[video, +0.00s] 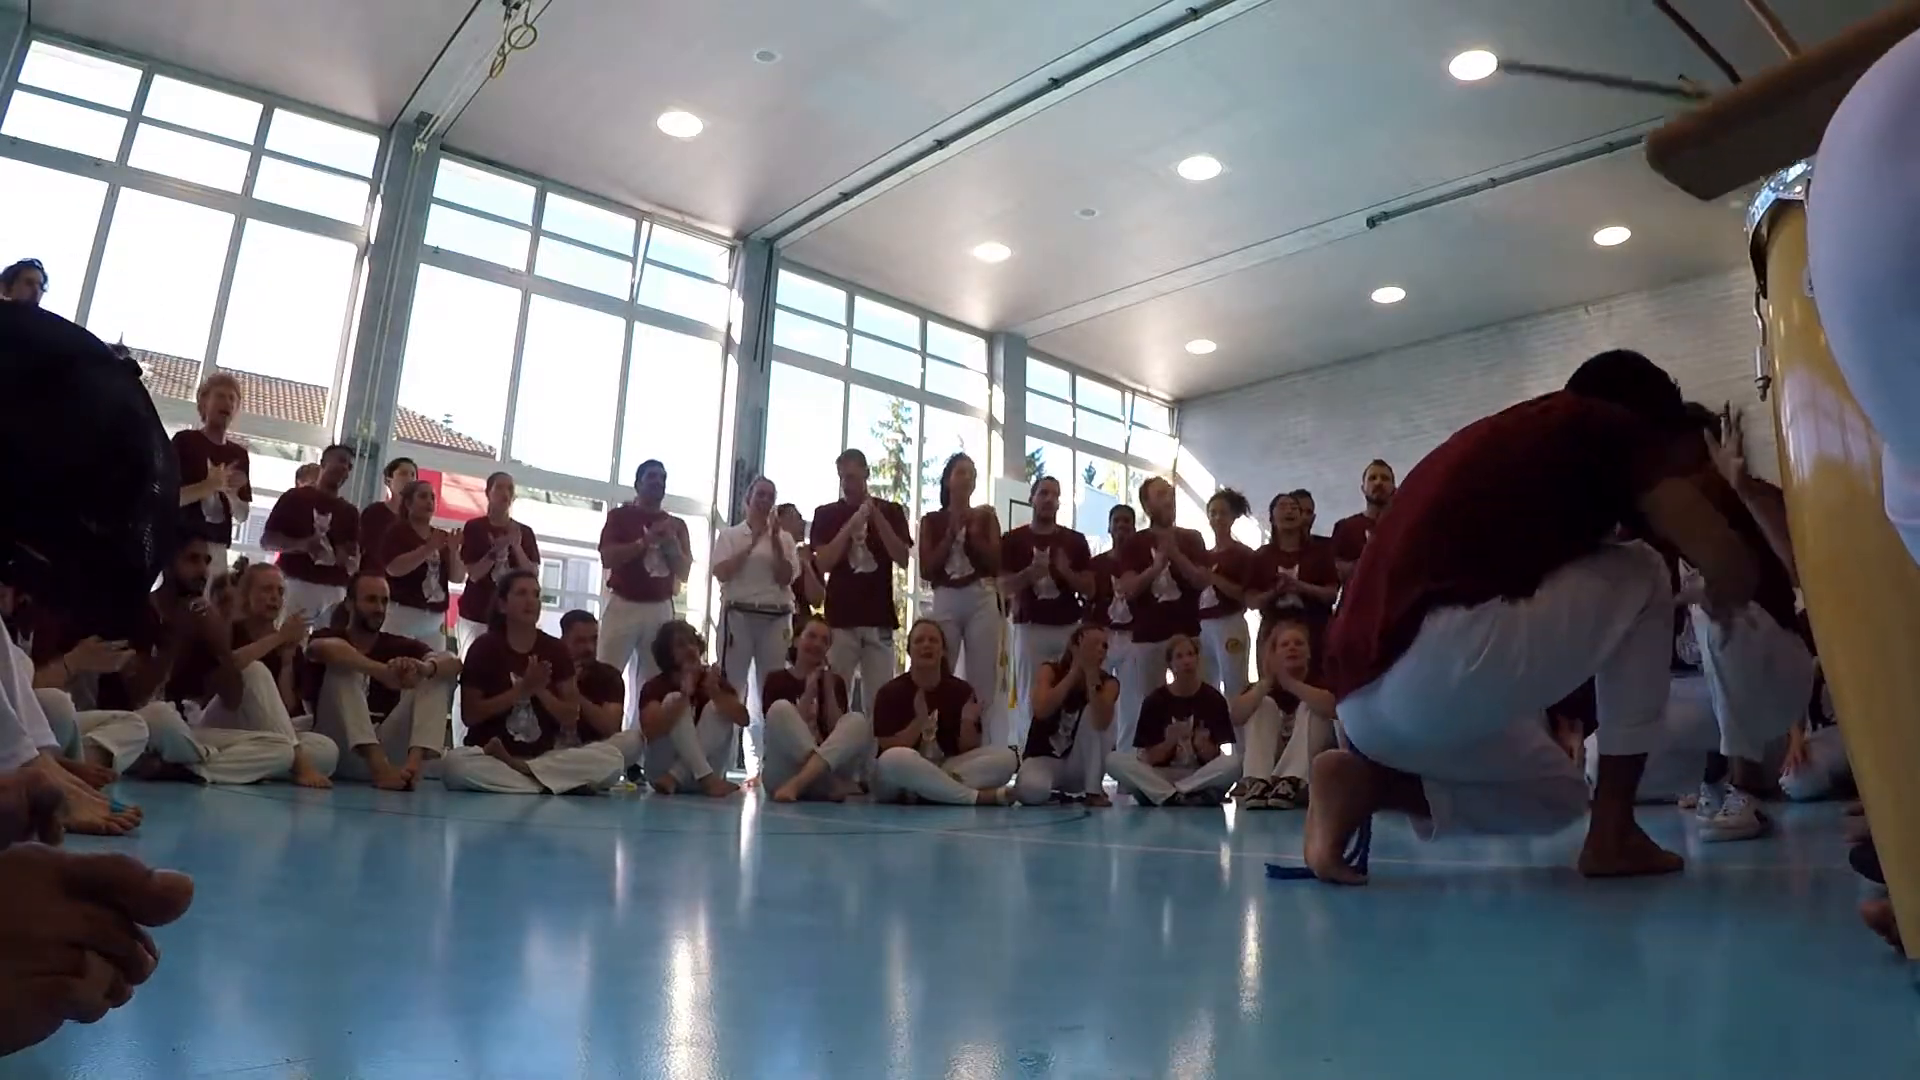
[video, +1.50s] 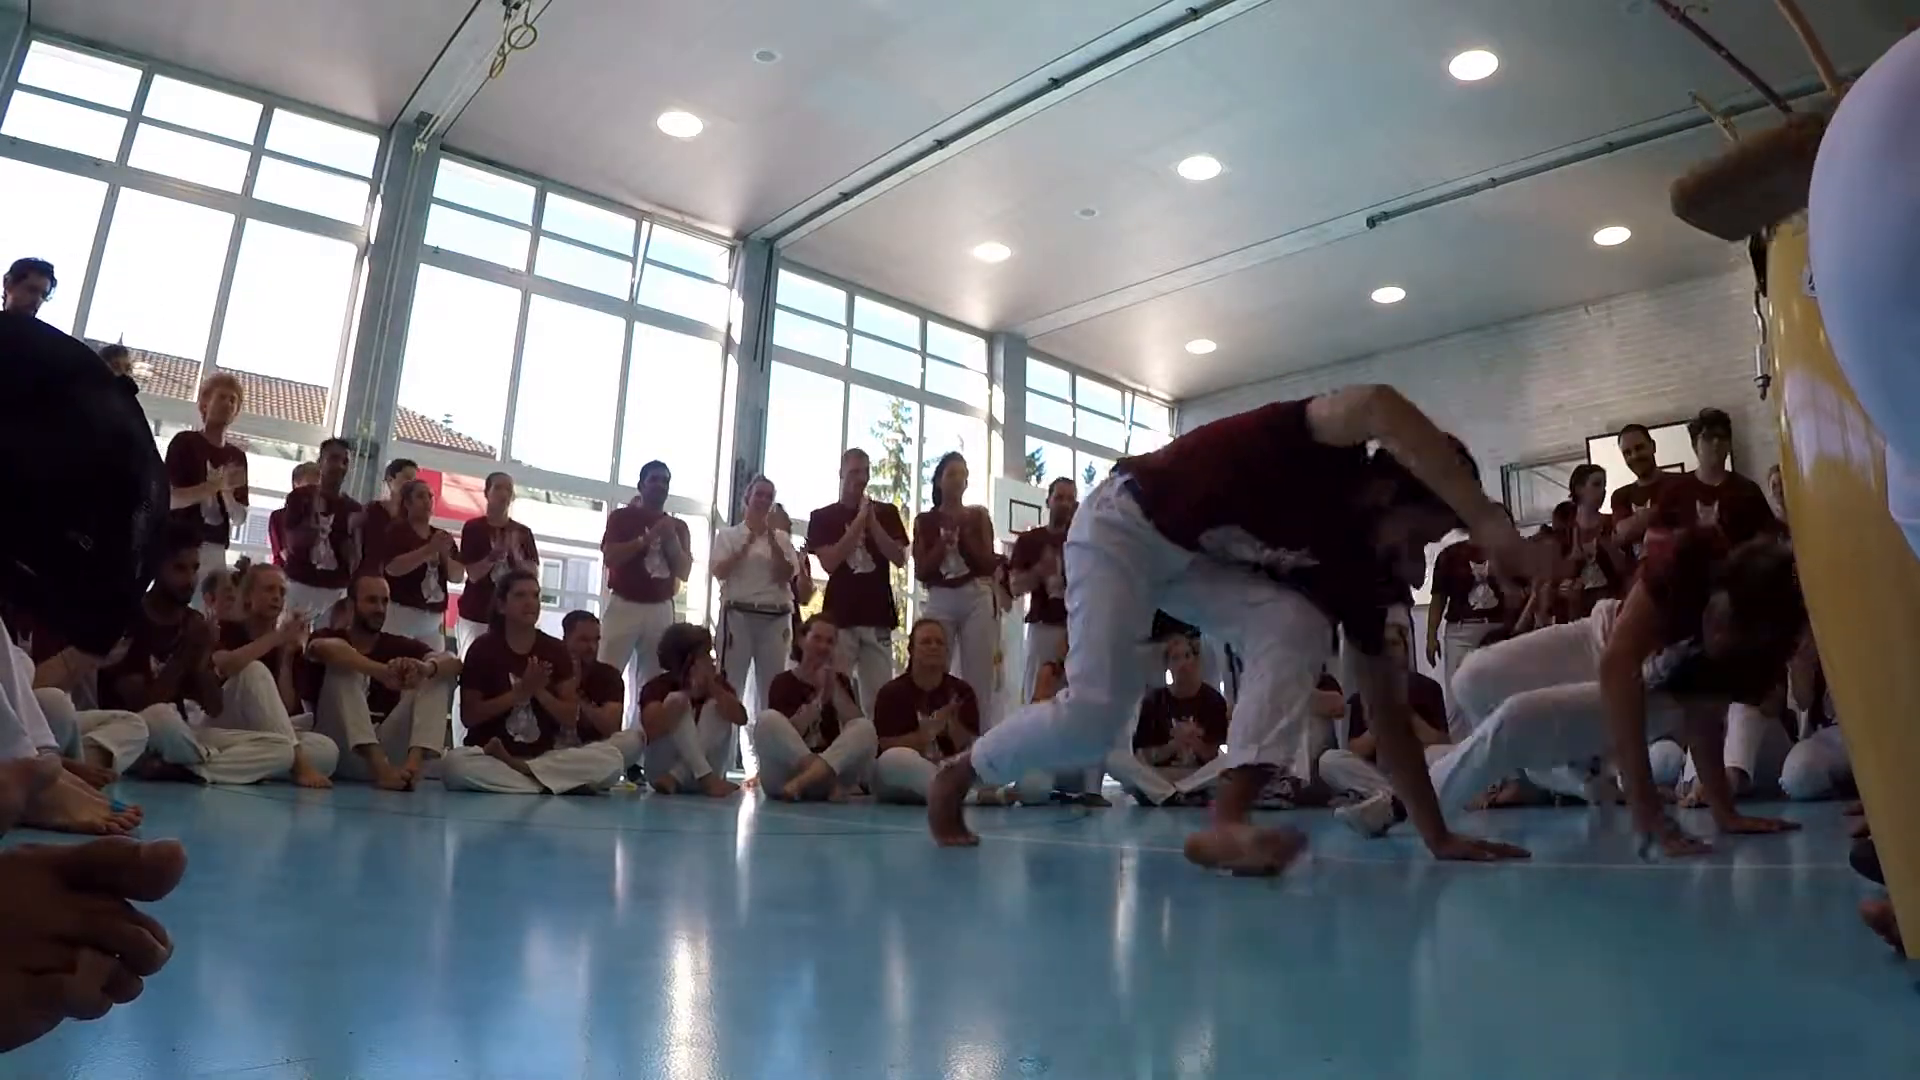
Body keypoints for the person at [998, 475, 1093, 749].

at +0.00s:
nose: (1050, 499)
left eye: (1055, 495)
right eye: (1044, 493)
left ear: (1059, 500)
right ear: (1032, 498)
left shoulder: (1075, 540)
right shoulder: (1013, 539)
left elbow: (1089, 588)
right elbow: (1004, 586)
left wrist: (1063, 570)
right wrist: (1033, 572)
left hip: (1068, 629)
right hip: (1029, 628)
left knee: (1069, 700)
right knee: (1029, 701)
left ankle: (1067, 764)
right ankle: (1028, 763)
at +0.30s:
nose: (1040, 502)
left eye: (1045, 497)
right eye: (1034, 496)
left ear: (1050, 503)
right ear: (1021, 502)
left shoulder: (1066, 539)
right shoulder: (1010, 540)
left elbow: (1084, 586)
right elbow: (1005, 585)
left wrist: (1054, 575)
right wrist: (1035, 572)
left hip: (1062, 627)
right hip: (1026, 628)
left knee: (1064, 694)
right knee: (1026, 697)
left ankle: (1064, 759)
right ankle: (1025, 760)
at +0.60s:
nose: (1037, 503)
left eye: (1042, 498)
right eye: (1031, 497)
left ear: (1047, 504)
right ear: (1017, 503)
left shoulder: (1063, 540)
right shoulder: (1005, 541)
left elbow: (1081, 587)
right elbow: (999, 587)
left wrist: (1053, 573)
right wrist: (1028, 575)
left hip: (1061, 628)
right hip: (1023, 628)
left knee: (1063, 695)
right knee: (1025, 697)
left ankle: (1063, 759)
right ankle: (1024, 762)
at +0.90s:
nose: (1040, 504)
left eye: (1045, 499)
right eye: (1033, 498)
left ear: (1049, 504)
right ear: (1019, 503)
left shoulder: (1067, 540)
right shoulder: (1005, 543)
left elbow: (1084, 587)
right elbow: (1002, 591)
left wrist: (1056, 571)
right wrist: (1033, 571)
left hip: (1065, 629)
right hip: (1027, 629)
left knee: (1067, 700)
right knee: (1027, 702)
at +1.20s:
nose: (1052, 503)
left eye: (1057, 498)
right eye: (1046, 497)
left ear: (1061, 502)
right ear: (1033, 502)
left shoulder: (1076, 539)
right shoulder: (1016, 541)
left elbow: (1094, 588)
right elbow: (1006, 590)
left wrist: (1072, 571)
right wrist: (1028, 575)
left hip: (1073, 630)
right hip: (1035, 630)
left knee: (1076, 700)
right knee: (1032, 702)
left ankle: (1075, 762)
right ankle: (1029, 762)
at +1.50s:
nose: (1065, 504)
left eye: (1070, 499)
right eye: (1060, 498)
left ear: (1076, 503)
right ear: (1049, 500)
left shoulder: (1085, 538)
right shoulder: (1030, 539)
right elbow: (1015, 586)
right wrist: (1041, 570)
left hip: (1080, 625)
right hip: (1043, 624)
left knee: (1077, 694)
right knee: (1037, 695)